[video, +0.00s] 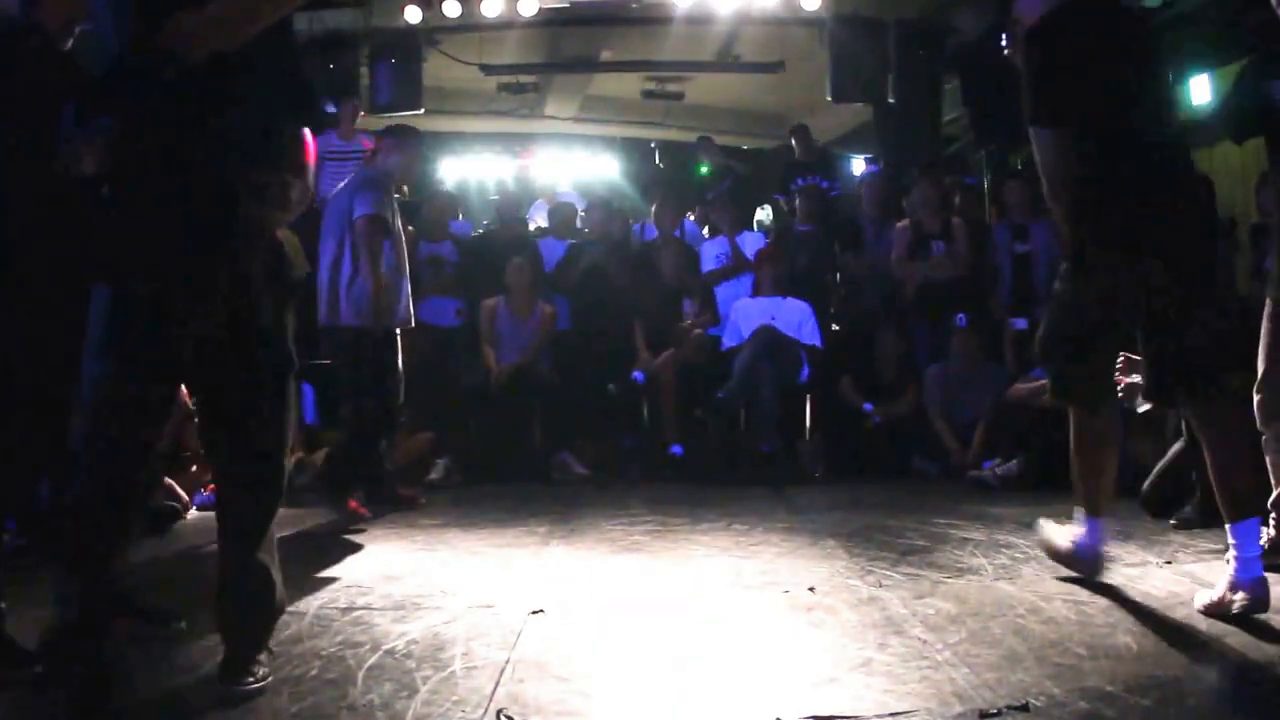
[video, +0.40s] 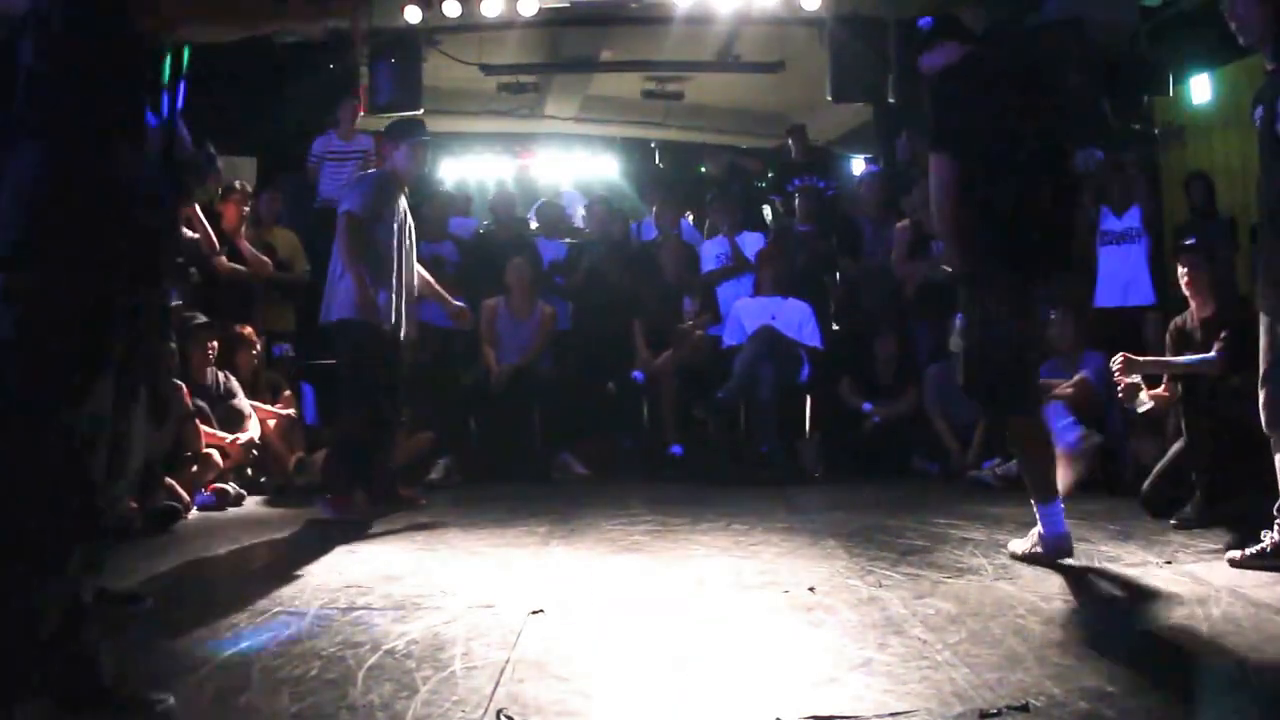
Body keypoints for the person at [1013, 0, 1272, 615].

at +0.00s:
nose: (1013, 18)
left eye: (1015, 12)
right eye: (1013, 15)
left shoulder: (1047, 36)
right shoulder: (1140, 26)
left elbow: (1051, 157)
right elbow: (1162, 132)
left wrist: (1075, 242)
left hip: (1105, 235)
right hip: (1181, 226)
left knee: (1084, 377)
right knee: (1211, 390)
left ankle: (1089, 537)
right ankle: (1249, 570)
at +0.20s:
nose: (965, 79)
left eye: (966, 66)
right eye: (962, 68)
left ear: (983, 52)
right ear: (1023, 34)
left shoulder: (999, 99)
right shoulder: (1092, 73)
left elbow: (1007, 197)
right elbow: (1135, 172)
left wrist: (1025, 271)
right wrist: (1143, 252)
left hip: (1059, 267)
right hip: (1129, 259)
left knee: (1044, 397)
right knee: (1135, 394)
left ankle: (1052, 534)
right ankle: (1213, 513)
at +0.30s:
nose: (942, 88)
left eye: (942, 77)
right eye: (940, 79)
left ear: (956, 64)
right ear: (992, 52)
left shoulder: (975, 107)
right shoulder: (1049, 90)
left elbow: (976, 205)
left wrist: (997, 261)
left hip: (1026, 269)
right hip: (1085, 258)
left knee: (1025, 397)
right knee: (1072, 385)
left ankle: (1053, 537)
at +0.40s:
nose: (924, 69)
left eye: (924, 60)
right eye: (921, 62)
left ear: (937, 49)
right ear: (968, 38)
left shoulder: (952, 86)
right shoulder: (1026, 77)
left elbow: (944, 181)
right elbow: (1063, 171)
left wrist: (950, 250)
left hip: (994, 252)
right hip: (1041, 245)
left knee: (1013, 386)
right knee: (1000, 373)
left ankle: (1052, 527)